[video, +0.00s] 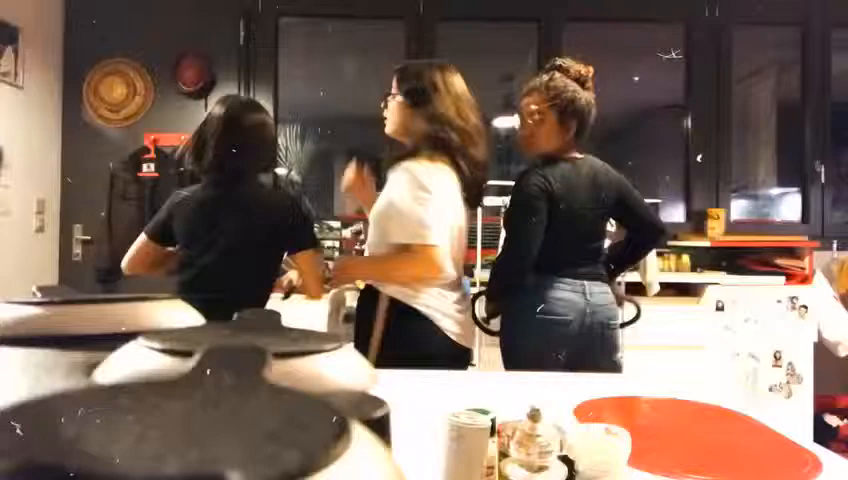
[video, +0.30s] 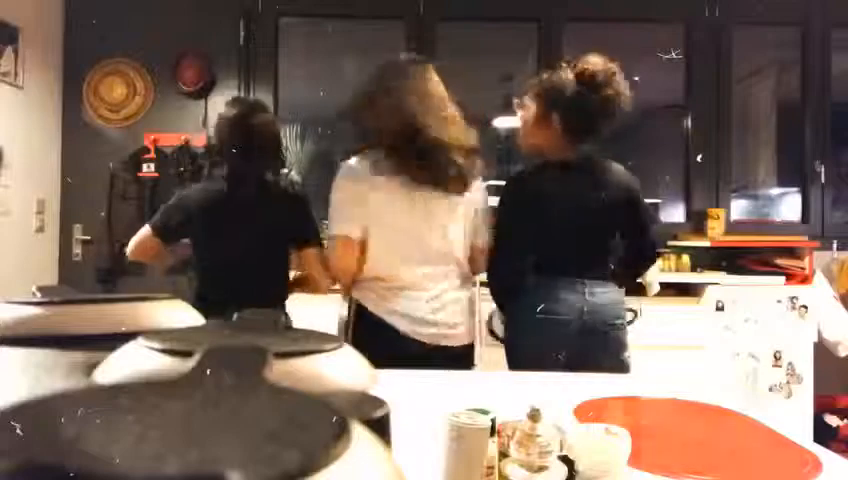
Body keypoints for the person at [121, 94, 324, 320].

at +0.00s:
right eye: (271, 137)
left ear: (205, 144)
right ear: (264, 146)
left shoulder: (183, 202)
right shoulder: (284, 207)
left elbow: (133, 264)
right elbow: (314, 288)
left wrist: (190, 258)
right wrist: (293, 278)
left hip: (186, 340)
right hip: (249, 342)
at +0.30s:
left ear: (220, 147)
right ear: (272, 147)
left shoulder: (197, 199)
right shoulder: (289, 201)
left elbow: (137, 250)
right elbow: (319, 280)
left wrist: (178, 254)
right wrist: (285, 284)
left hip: (211, 330)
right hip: (270, 331)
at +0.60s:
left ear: (208, 143)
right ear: (265, 142)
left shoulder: (184, 198)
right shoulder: (285, 203)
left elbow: (120, 243)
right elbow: (309, 281)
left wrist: (183, 241)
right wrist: (273, 271)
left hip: (200, 340)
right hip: (264, 342)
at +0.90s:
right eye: (258, 139)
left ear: (201, 150)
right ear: (256, 151)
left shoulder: (179, 205)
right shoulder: (277, 208)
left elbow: (107, 253)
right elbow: (306, 282)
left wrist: (161, 247)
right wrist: (274, 267)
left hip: (197, 344)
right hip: (263, 345)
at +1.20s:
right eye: (251, 140)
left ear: (195, 150)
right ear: (249, 150)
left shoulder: (171, 208)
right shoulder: (269, 208)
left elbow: (102, 255)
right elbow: (304, 283)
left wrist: (157, 248)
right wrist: (269, 272)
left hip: (197, 342)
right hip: (259, 342)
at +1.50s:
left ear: (192, 156)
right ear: (245, 155)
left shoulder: (169, 213)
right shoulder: (265, 212)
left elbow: (104, 270)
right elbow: (301, 285)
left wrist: (153, 252)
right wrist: (271, 270)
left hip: (200, 344)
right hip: (261, 345)